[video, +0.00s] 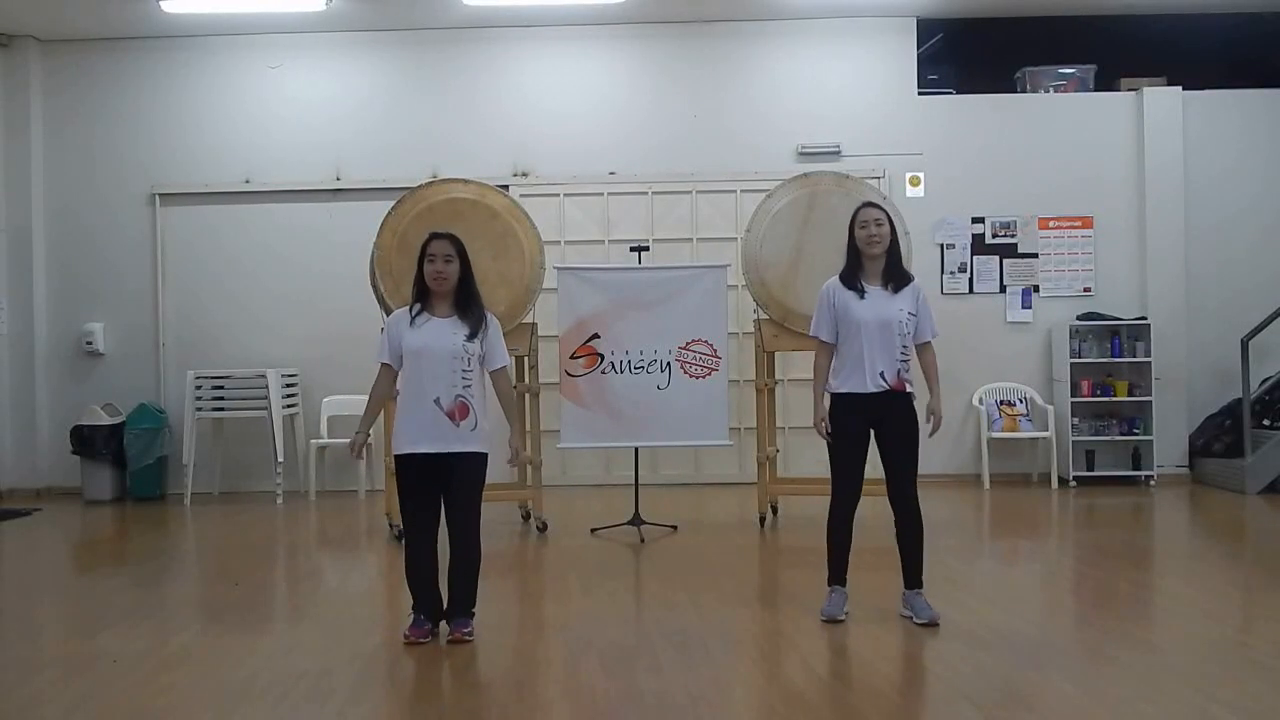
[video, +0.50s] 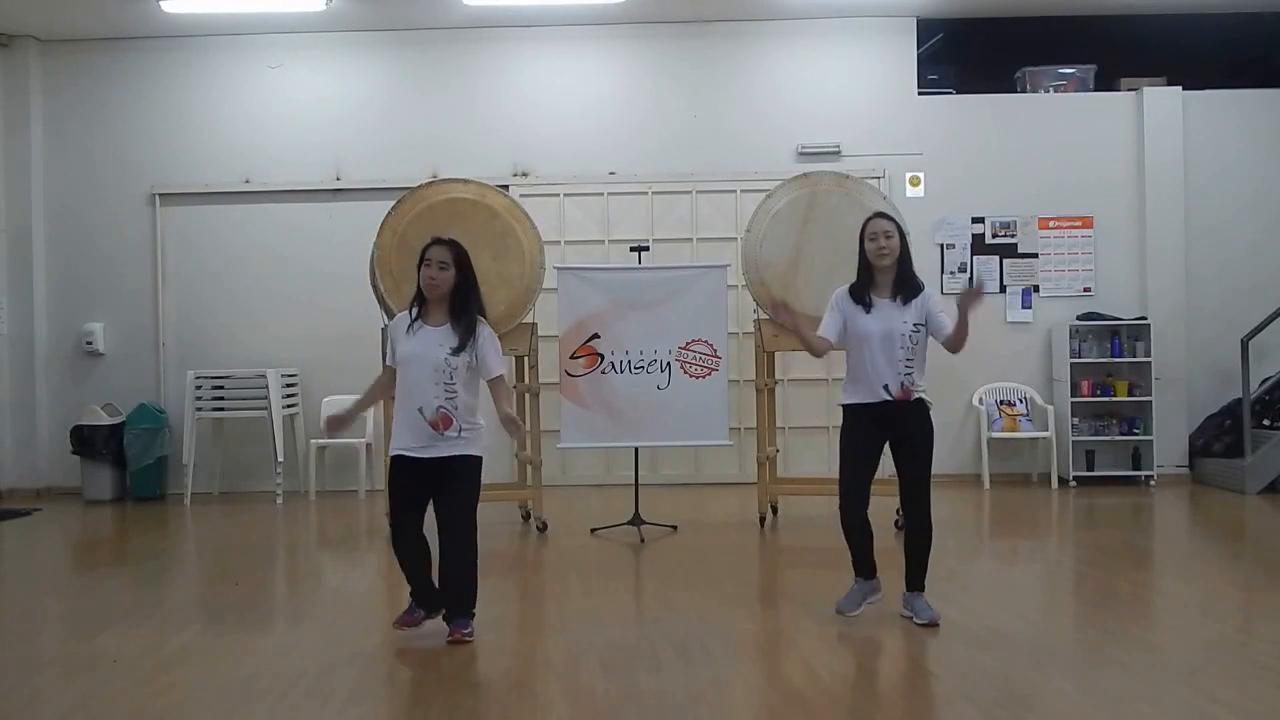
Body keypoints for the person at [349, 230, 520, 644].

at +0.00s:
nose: (439, 267)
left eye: (448, 260)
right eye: (431, 260)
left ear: (462, 267)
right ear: (421, 268)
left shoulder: (483, 322)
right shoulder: (400, 321)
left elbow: (502, 382)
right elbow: (387, 379)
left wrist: (517, 432)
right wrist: (363, 429)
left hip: (467, 447)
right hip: (413, 447)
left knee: (464, 534)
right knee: (418, 535)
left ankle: (461, 615)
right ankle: (424, 614)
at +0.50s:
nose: (431, 273)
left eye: (442, 267)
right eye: (426, 265)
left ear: (458, 277)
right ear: (418, 273)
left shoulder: (476, 330)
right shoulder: (399, 326)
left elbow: (497, 381)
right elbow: (390, 377)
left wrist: (506, 412)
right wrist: (351, 412)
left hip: (460, 450)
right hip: (409, 450)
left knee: (458, 532)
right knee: (403, 529)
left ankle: (460, 614)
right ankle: (425, 596)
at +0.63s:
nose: (425, 268)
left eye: (437, 262)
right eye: (421, 260)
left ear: (453, 274)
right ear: (413, 268)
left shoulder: (467, 324)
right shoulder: (394, 321)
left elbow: (479, 381)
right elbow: (371, 370)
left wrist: (462, 369)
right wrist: (324, 368)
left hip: (453, 448)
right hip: (402, 446)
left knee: (455, 535)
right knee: (385, 524)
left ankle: (459, 616)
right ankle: (401, 592)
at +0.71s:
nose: (419, 262)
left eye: (431, 258)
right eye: (414, 255)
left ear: (447, 270)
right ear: (406, 264)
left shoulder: (457, 319)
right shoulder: (384, 318)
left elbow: (454, 371)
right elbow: (359, 368)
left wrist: (417, 340)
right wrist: (339, 344)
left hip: (445, 445)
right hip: (392, 444)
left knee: (452, 531)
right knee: (375, 529)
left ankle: (459, 616)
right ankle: (370, 611)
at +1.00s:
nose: (390, 263)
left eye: (399, 258)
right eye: (382, 257)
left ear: (413, 272)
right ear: (371, 271)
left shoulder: (428, 321)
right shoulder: (352, 322)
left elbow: (447, 368)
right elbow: (310, 361)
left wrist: (430, 359)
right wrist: (284, 355)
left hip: (411, 448)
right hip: (357, 449)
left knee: (425, 533)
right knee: (356, 537)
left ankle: (452, 614)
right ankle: (360, 619)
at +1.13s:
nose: (375, 267)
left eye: (382, 261)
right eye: (366, 262)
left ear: (395, 274)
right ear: (354, 277)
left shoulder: (421, 326)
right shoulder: (337, 330)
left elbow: (462, 361)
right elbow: (288, 368)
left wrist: (503, 367)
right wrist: (222, 378)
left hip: (405, 450)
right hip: (351, 452)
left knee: (406, 532)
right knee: (351, 539)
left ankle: (417, 607)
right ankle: (360, 618)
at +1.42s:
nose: (367, 267)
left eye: (372, 259)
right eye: (355, 264)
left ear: (386, 270)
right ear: (345, 281)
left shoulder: (416, 321)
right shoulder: (334, 329)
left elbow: (472, 335)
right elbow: (287, 360)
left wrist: (522, 312)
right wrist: (230, 361)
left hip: (407, 451)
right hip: (351, 455)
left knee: (413, 538)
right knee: (354, 541)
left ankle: (404, 603)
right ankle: (359, 619)